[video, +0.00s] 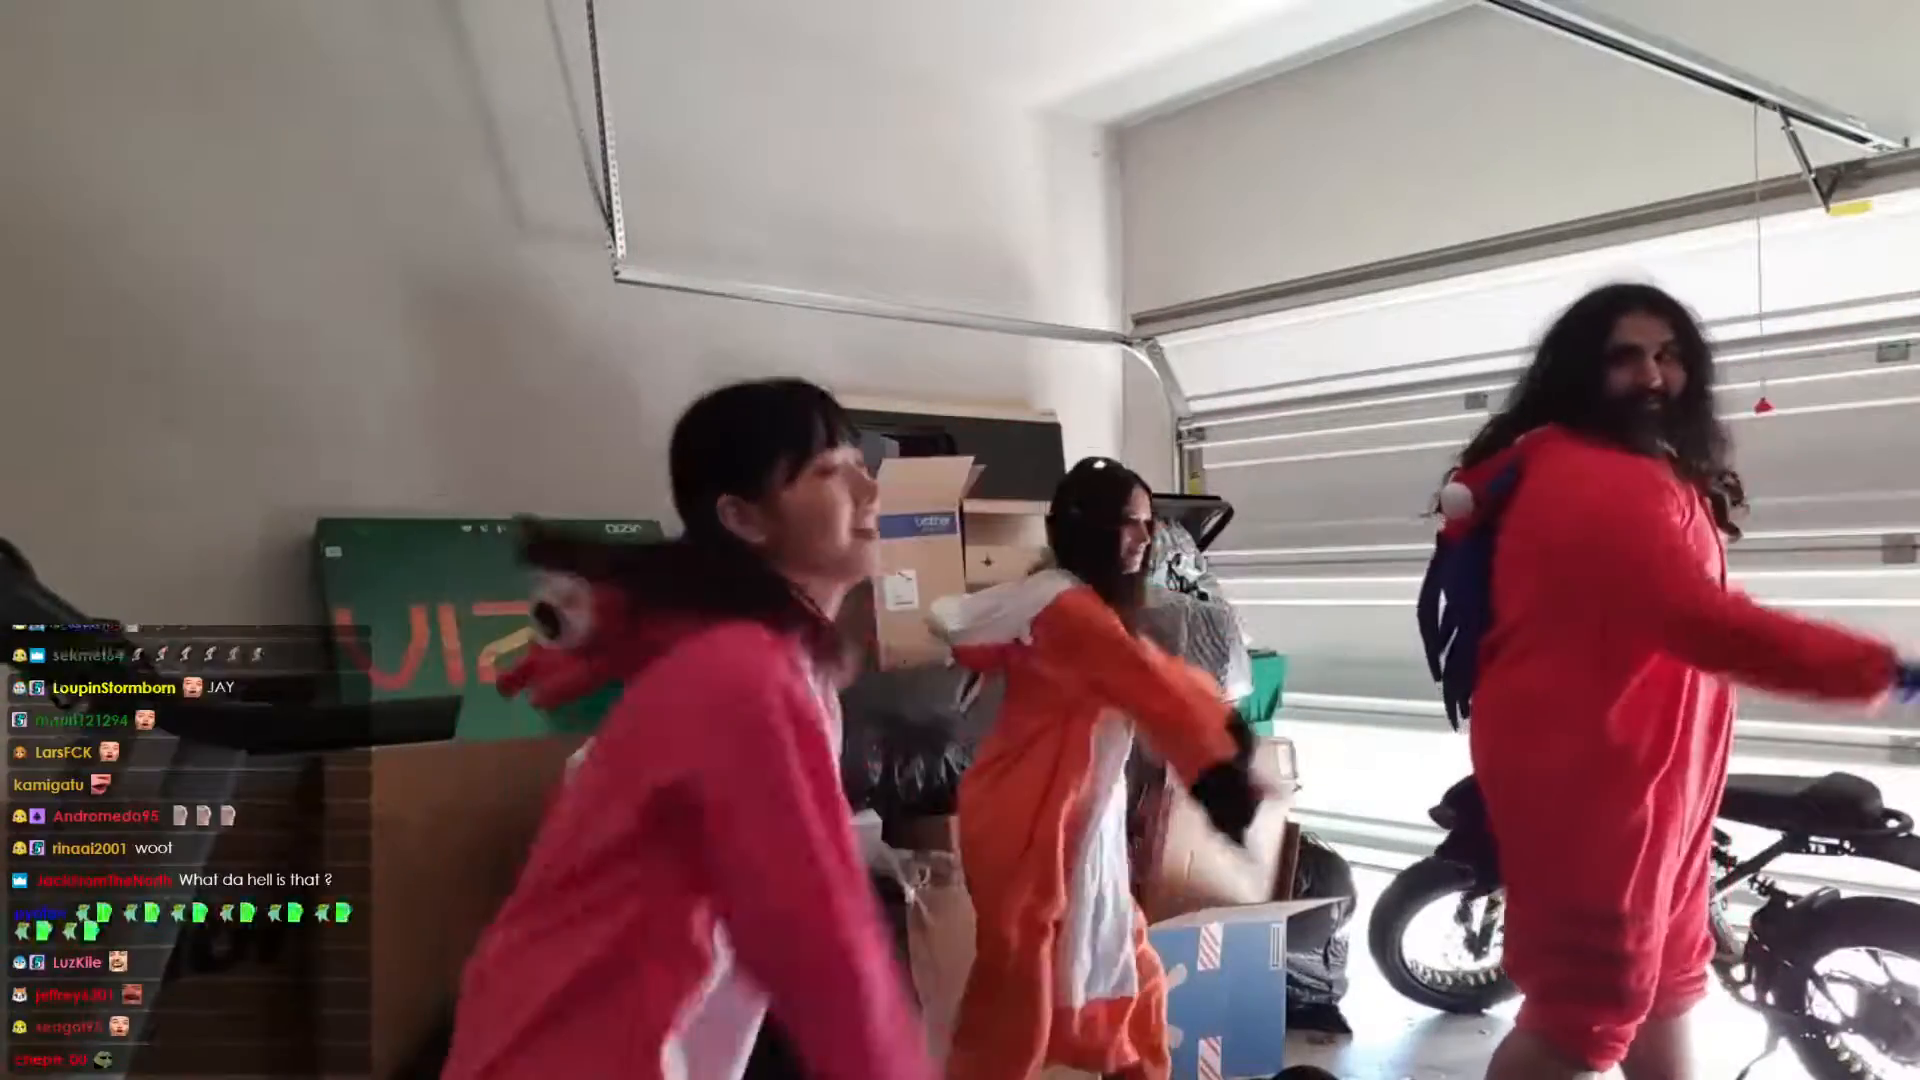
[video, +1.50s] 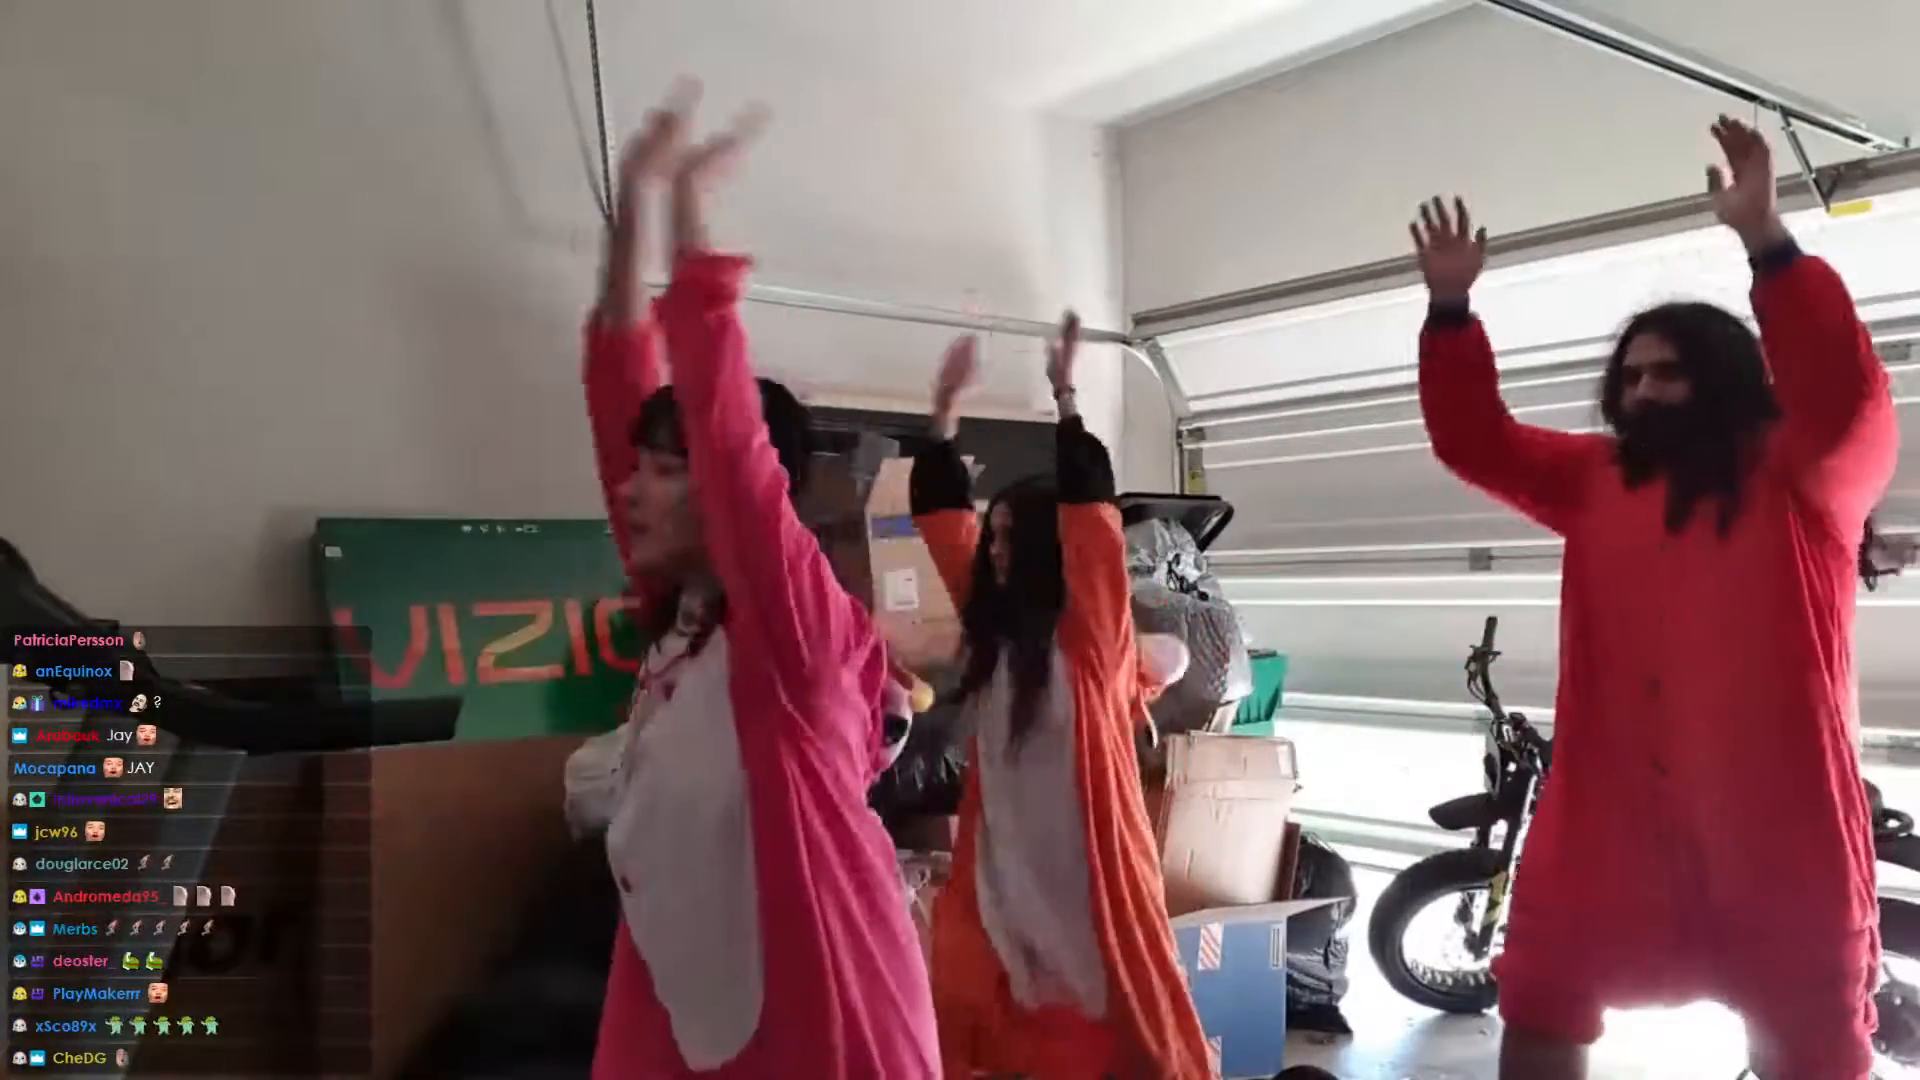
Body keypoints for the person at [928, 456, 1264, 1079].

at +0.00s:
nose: (1143, 540)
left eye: (1148, 526)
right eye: (1130, 523)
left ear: (1148, 530)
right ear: (1087, 525)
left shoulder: (1091, 604)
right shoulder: (1061, 605)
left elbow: (1159, 675)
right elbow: (1147, 684)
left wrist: (1220, 729)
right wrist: (1218, 762)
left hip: (1081, 823)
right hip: (1025, 822)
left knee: (1136, 979)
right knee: (1018, 986)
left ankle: (1138, 1073)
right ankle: (985, 1075)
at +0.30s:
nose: (1134, 529)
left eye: (1140, 515)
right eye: (1121, 513)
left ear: (1143, 518)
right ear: (1080, 516)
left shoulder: (1091, 597)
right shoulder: (1065, 599)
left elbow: (1173, 667)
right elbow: (1156, 666)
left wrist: (1255, 716)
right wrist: (1263, 727)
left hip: (1108, 833)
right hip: (1053, 835)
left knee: (1162, 977)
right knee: (1033, 1004)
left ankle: (1148, 1074)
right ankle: (1004, 1070)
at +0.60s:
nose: (1134, 514)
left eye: (1138, 498)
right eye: (1115, 501)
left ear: (1138, 509)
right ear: (1080, 511)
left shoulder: (1159, 594)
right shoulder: (1054, 601)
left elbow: (1208, 512)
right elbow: (1116, 528)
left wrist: (1207, 408)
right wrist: (1149, 419)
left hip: (1174, 841)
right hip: (1091, 850)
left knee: (1204, 995)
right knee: (1060, 1021)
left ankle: (1170, 1076)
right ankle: (1016, 1070)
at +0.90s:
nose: (1075, 546)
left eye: (1089, 530)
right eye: (1061, 534)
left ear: (1114, 540)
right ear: (1045, 547)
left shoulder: (1153, 624)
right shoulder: (1025, 636)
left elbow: (1198, 716)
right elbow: (1052, 736)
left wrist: (1231, 815)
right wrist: (1100, 825)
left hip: (1147, 827)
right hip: (1056, 837)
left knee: (1187, 990)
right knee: (1065, 985)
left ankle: (1179, 1068)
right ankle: (1080, 1069)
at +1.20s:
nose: (1039, 481)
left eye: (1054, 467)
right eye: (1030, 469)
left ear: (1091, 474)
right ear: (1019, 478)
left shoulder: (1126, 553)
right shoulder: (999, 554)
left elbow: (1087, 607)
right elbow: (900, 574)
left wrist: (1013, 554)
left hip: (1097, 769)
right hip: (1004, 769)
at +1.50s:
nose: (993, 550)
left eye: (1008, 534)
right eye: (992, 536)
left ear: (1051, 541)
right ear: (989, 548)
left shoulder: (1090, 635)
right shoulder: (992, 630)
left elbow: (1092, 523)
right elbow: (946, 524)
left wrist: (1064, 394)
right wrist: (941, 417)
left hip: (1085, 881)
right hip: (995, 886)